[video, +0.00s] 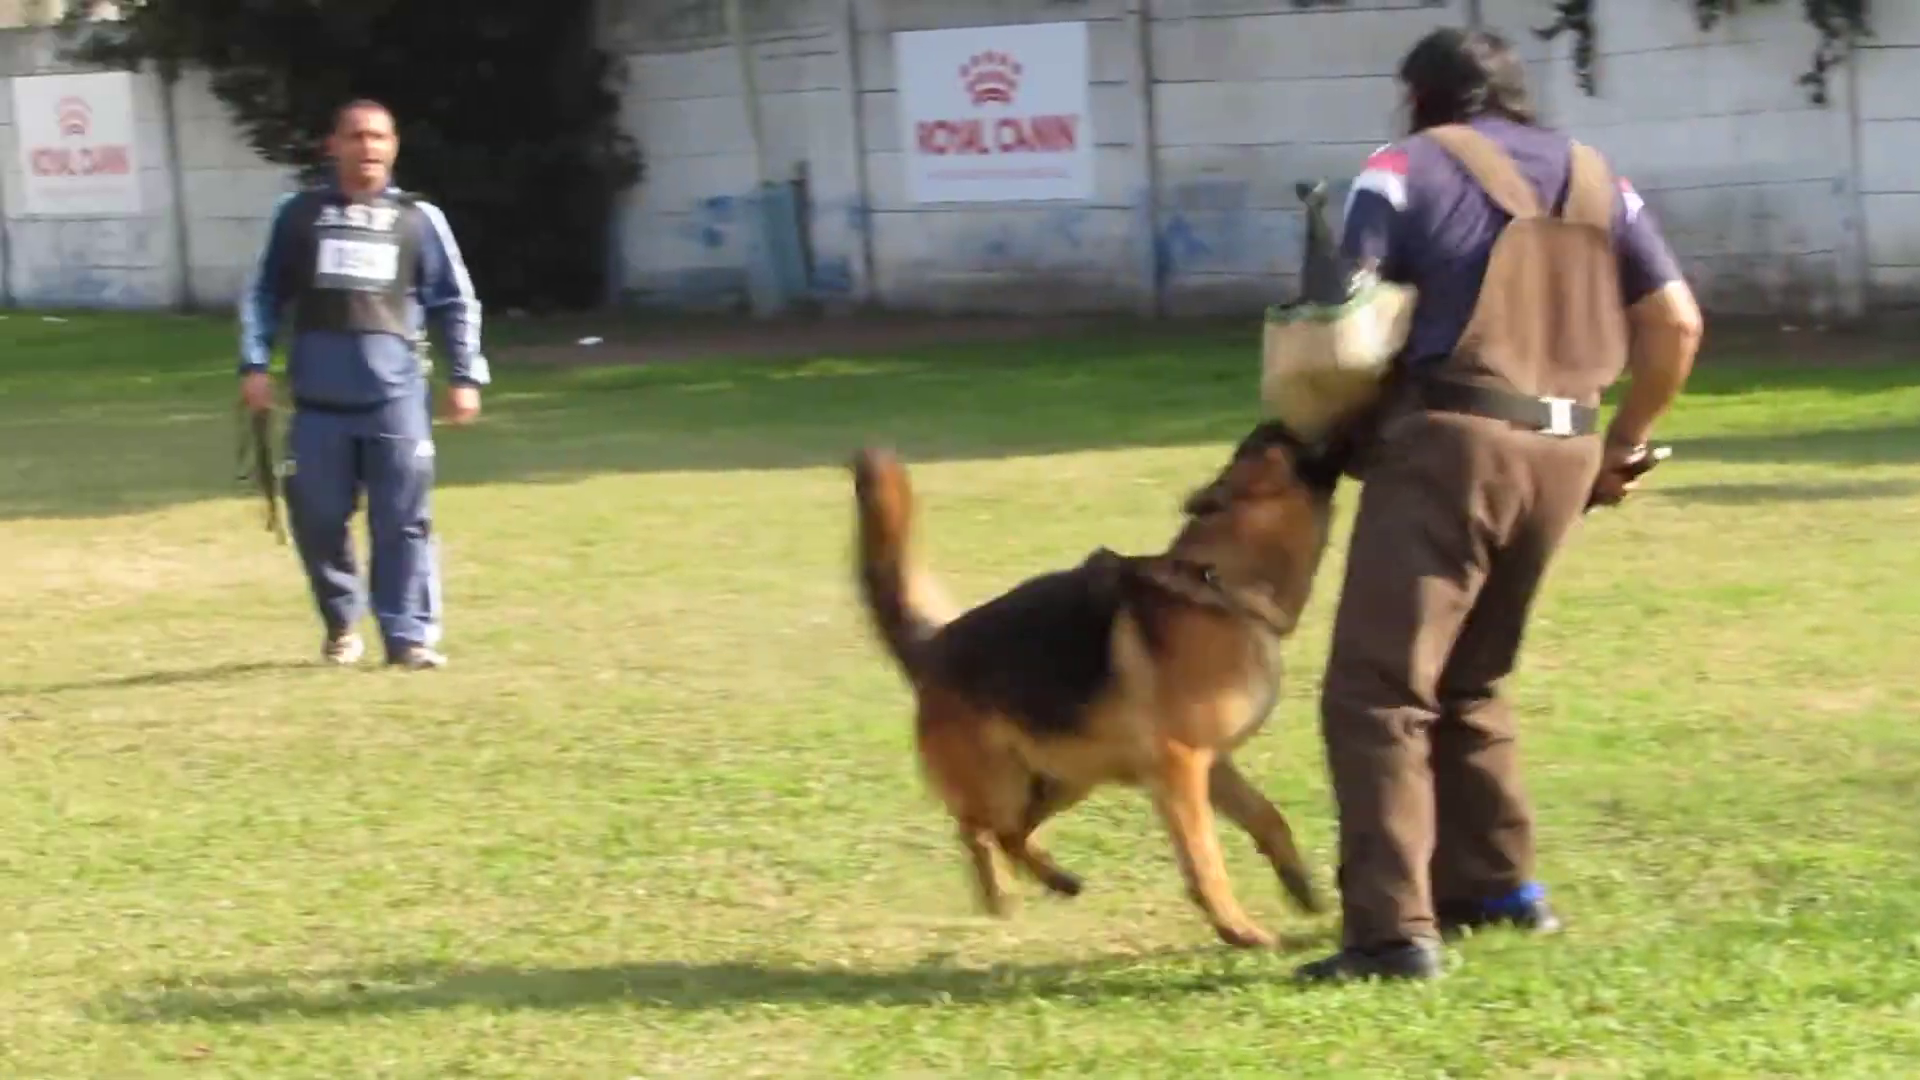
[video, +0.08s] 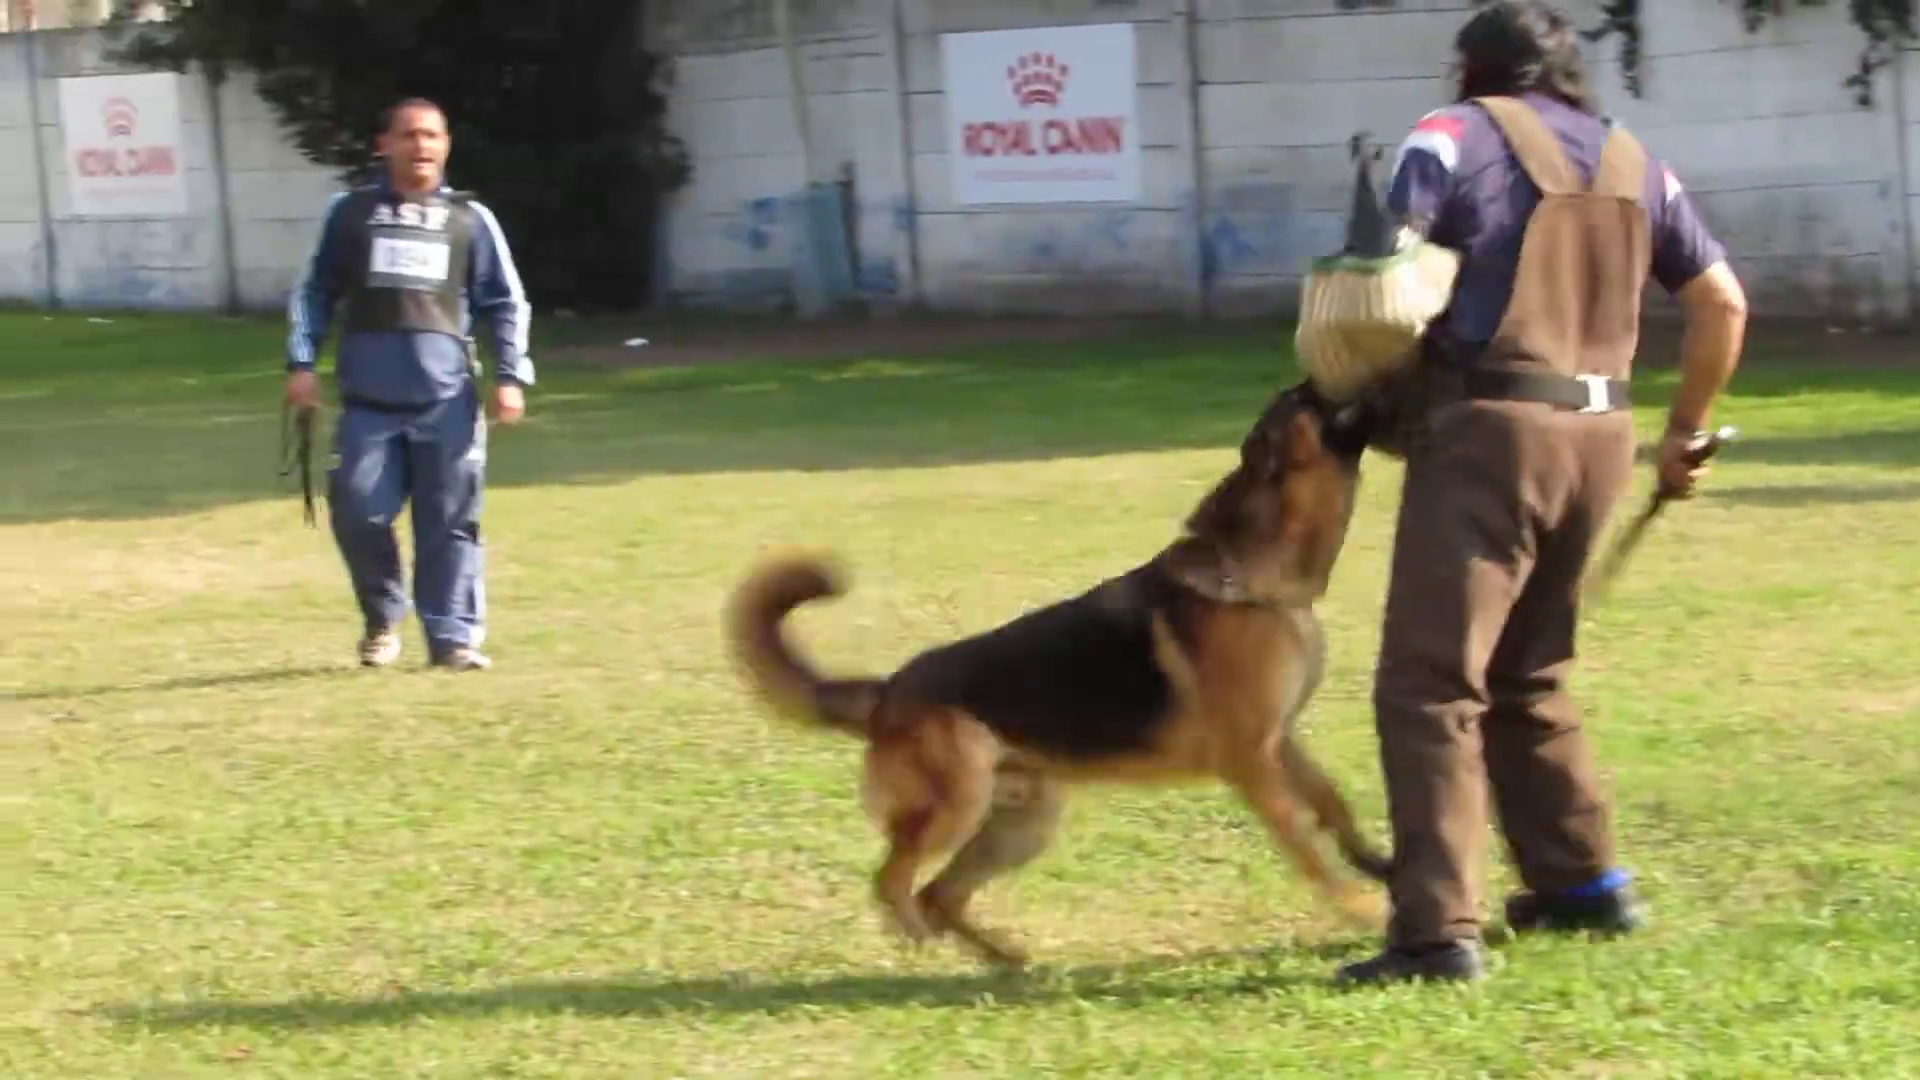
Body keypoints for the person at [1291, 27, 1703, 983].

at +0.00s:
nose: (1402, 122)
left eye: (1405, 107)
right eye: (1405, 109)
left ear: (1425, 102)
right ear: (1512, 92)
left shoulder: (1407, 167)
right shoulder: (1597, 177)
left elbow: (1344, 329)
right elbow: (1675, 324)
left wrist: (1331, 429)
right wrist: (1627, 439)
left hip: (1454, 443)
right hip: (1567, 456)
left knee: (1377, 690)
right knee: (1472, 683)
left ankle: (1390, 935)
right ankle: (1494, 887)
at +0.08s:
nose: (1453, 94)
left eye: (1457, 79)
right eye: (1456, 82)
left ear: (1476, 75)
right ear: (1566, 73)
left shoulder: (1457, 133)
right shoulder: (1636, 161)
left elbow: (1380, 266)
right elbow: (1721, 305)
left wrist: (1357, 378)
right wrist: (1687, 432)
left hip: (1496, 431)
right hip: (1604, 440)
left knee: (1430, 681)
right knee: (1527, 675)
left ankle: (1437, 933)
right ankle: (1580, 885)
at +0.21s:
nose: (1482, 63)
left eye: (1484, 50)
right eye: (1488, 51)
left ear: (1501, 51)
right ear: (1587, 48)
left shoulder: (1497, 112)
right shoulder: (1651, 141)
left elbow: (1414, 248)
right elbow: (1742, 286)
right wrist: (1751, 427)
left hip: (1533, 425)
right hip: (1634, 429)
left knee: (1479, 680)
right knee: (1580, 660)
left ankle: (1475, 936)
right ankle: (1708, 854)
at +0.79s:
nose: (1493, 29)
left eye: (1498, 19)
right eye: (1499, 21)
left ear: (1515, 27)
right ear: (1600, 29)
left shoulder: (1493, 98)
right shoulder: (1665, 132)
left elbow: (1386, 230)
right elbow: (1741, 284)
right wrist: (1744, 427)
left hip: (1529, 431)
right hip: (1644, 426)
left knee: (1458, 685)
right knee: (1632, 677)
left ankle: (1413, 935)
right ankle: (1689, 918)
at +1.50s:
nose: (1389, 42)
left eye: (1394, 28)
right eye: (1395, 28)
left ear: (1410, 33)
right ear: (1503, 36)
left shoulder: (1378, 121)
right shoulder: (1577, 135)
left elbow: (1280, 261)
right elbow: (1649, 291)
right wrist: (1663, 429)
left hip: (1403, 437)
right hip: (1534, 436)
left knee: (1341, 687)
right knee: (1511, 684)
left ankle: (1306, 937)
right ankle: (1525, 932)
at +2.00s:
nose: (1276, 41)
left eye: (1280, 29)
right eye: (1282, 28)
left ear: (1295, 38)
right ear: (1386, 36)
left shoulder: (1273, 129)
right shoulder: (1461, 138)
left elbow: (1176, 262)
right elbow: (1529, 296)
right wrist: (1512, 430)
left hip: (1290, 444)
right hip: (1415, 440)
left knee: (1227, 693)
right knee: (1395, 682)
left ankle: (1204, 944)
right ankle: (1424, 933)